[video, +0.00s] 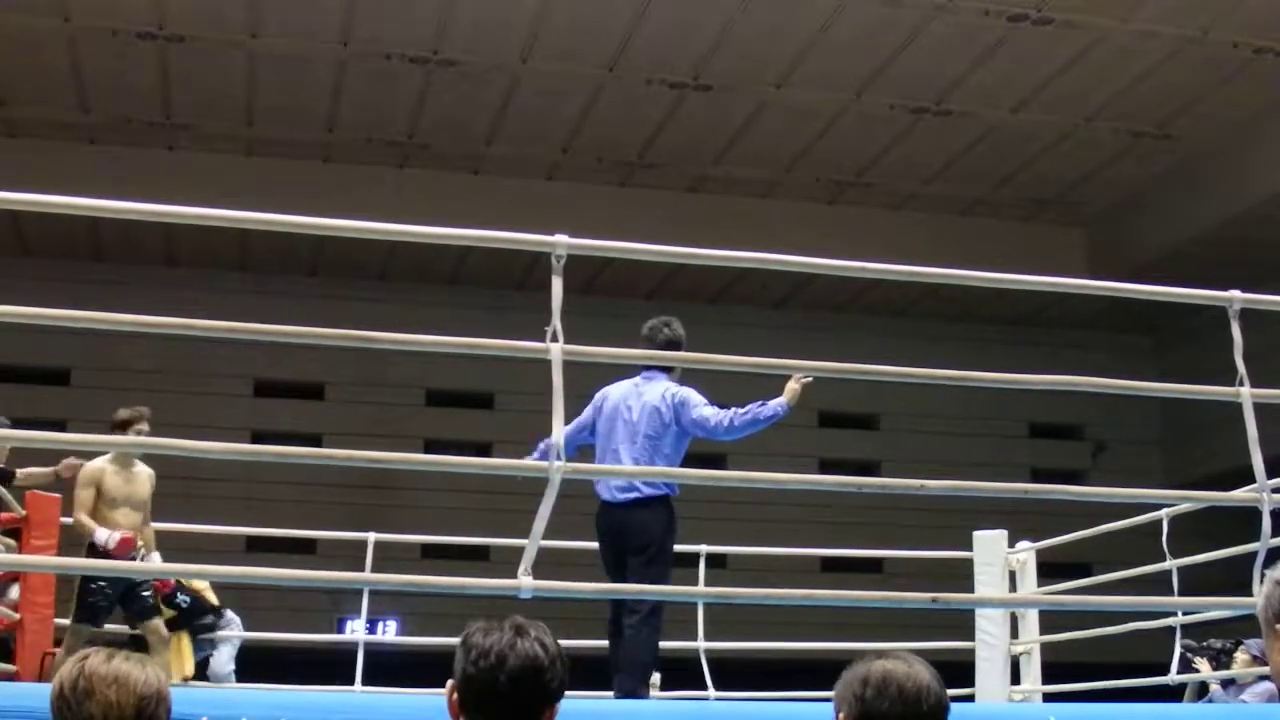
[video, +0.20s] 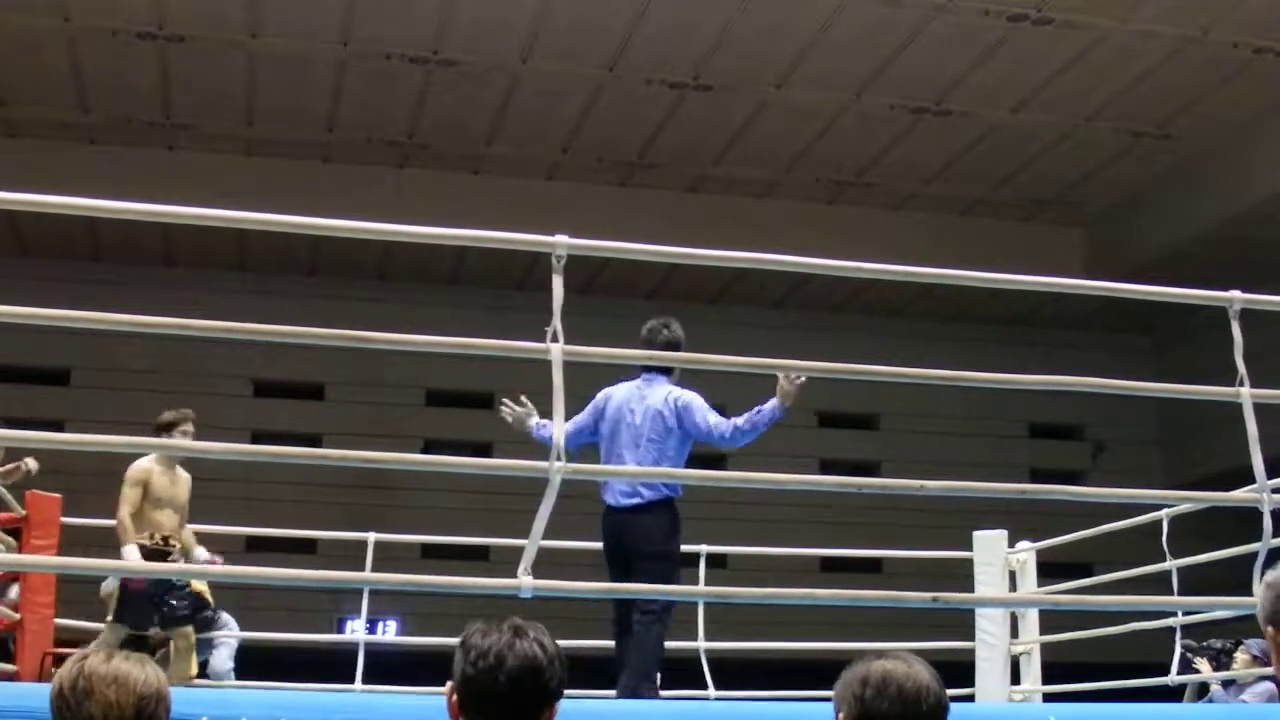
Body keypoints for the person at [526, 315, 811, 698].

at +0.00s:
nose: (679, 359)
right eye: (680, 354)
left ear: (642, 353)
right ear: (679, 357)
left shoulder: (609, 395)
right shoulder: (678, 397)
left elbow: (569, 436)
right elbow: (720, 423)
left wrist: (533, 460)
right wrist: (783, 402)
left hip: (610, 514)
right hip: (652, 513)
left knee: (622, 602)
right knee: (644, 605)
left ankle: (624, 687)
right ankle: (630, 696)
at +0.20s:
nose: (673, 354)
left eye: (661, 348)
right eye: (675, 349)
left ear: (641, 353)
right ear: (677, 357)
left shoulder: (610, 397)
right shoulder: (682, 401)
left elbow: (565, 437)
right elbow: (726, 434)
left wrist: (530, 424)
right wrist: (779, 403)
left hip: (615, 518)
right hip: (657, 518)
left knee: (625, 607)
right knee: (653, 609)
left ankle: (632, 690)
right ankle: (635, 696)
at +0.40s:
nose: (660, 361)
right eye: (664, 355)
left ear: (627, 361)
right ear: (665, 361)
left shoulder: (604, 407)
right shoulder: (677, 408)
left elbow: (586, 463)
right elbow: (726, 457)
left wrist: (589, 439)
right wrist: (772, 442)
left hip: (617, 528)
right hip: (661, 525)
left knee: (631, 615)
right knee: (692, 610)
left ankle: (638, 705)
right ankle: (653, 680)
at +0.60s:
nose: (653, 359)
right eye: (653, 353)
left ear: (617, 359)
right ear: (654, 359)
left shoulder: (599, 406)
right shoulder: (671, 405)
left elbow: (617, 449)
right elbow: (701, 450)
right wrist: (722, 452)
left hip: (614, 524)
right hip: (658, 519)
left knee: (628, 610)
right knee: (690, 601)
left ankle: (638, 699)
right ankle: (659, 675)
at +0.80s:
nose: (660, 360)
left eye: (659, 353)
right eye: (658, 354)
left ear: (614, 359)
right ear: (648, 359)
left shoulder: (586, 408)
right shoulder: (665, 405)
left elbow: (573, 464)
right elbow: (681, 466)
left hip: (607, 521)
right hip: (651, 517)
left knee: (622, 610)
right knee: (669, 609)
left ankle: (645, 697)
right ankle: (633, 676)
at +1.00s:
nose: (655, 351)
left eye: (653, 343)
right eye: (652, 344)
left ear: (610, 346)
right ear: (642, 348)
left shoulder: (576, 395)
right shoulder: (652, 393)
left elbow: (549, 446)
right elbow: (653, 456)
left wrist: (581, 480)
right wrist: (664, 488)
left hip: (588, 513)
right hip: (631, 510)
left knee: (610, 606)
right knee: (626, 608)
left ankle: (622, 695)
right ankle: (608, 700)